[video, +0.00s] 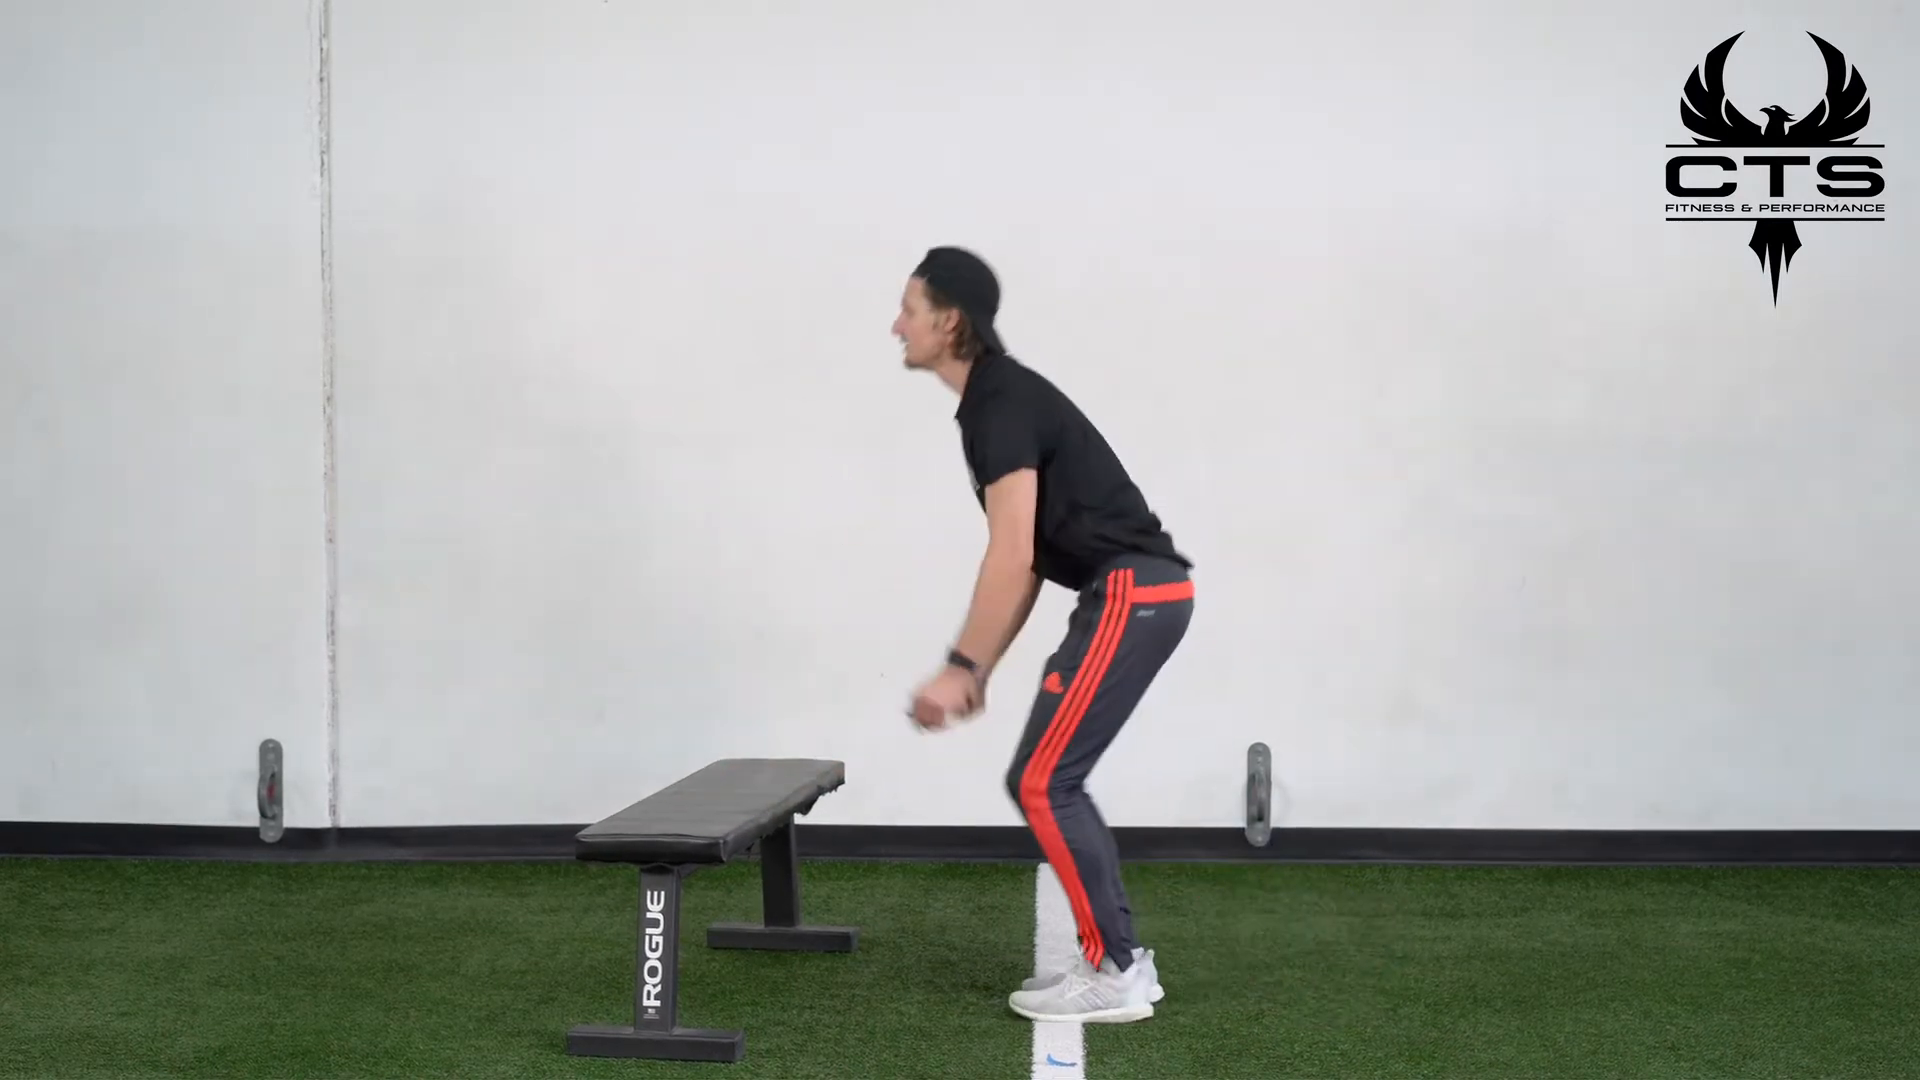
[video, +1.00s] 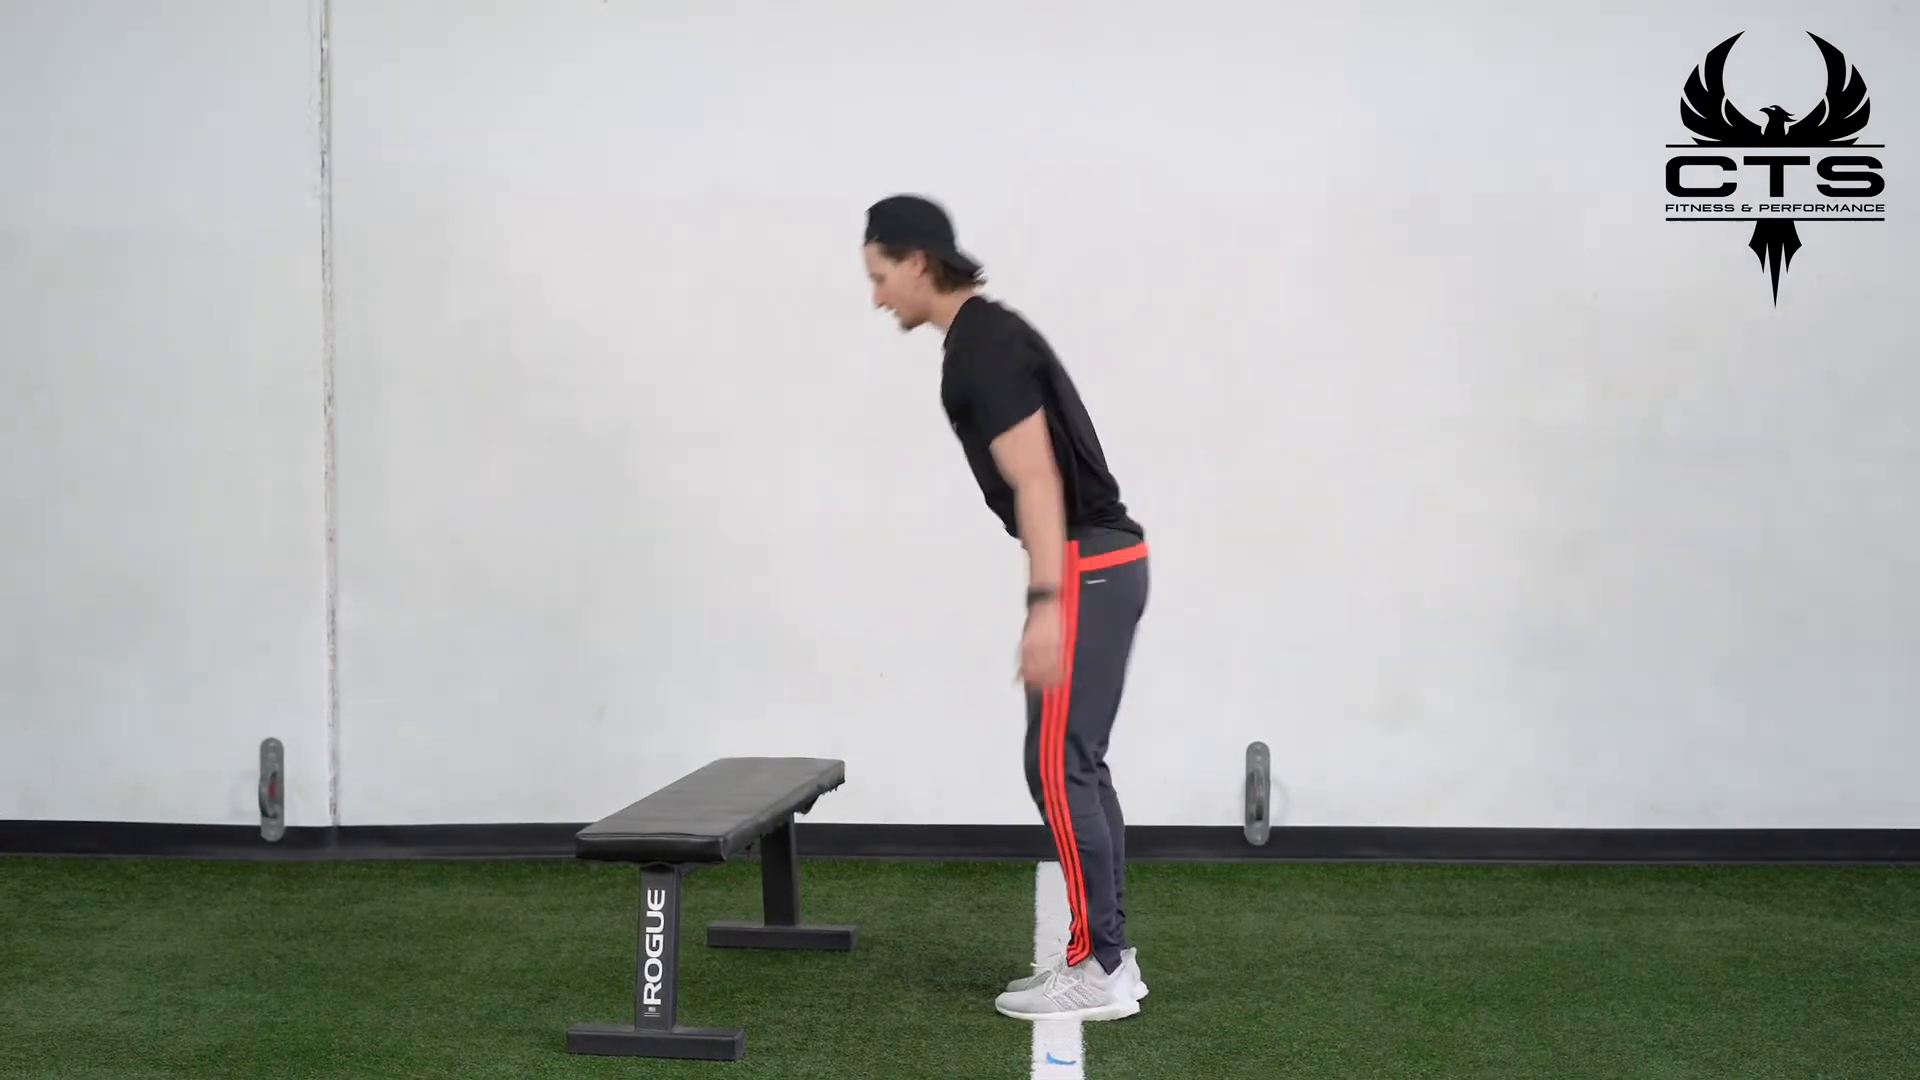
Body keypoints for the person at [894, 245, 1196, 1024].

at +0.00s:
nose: (897, 322)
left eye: (909, 309)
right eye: (902, 307)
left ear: (951, 322)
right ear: (955, 322)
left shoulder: (1000, 402)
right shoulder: (996, 400)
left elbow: (1013, 553)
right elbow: (1022, 565)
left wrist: (962, 667)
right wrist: (973, 670)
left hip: (1137, 591)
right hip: (1126, 589)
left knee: (1043, 780)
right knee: (1044, 777)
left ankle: (1119, 968)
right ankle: (1116, 960)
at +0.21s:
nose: (972, 232)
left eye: (982, 218)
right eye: (975, 217)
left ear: (1023, 227)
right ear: (1028, 229)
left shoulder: (1058, 314)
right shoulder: (1040, 314)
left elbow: (1026, 355)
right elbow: (1020, 372)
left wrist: (907, 311)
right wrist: (964, 327)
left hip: (1073, 563)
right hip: (1064, 558)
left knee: (1030, 762)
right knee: (1040, 759)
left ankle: (1108, 955)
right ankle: (1106, 946)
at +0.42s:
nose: (992, 133)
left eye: (1005, 118)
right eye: (995, 118)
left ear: (1040, 123)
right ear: (1060, 124)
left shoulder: (1059, 201)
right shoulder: (1063, 200)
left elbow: (1018, 150)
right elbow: (1042, 141)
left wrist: (978, 39)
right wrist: (1042, 64)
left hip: (1050, 464)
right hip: (1047, 462)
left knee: (1049, 672)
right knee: (1047, 672)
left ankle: (1084, 877)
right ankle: (1078, 872)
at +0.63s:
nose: (983, 210)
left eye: (999, 195)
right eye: (989, 192)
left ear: (1042, 207)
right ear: (1044, 209)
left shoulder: (1058, 289)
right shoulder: (1049, 290)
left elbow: (1048, 221)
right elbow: (1051, 213)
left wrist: (1000, 138)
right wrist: (1039, 138)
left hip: (1044, 551)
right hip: (1044, 548)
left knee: (1024, 754)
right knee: (1036, 752)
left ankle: (1093, 959)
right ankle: (1097, 946)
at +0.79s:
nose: (946, 243)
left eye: (954, 225)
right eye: (946, 226)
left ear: (994, 222)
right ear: (1004, 223)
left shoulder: (1019, 303)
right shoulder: (1047, 302)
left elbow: (1080, 394)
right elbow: (1099, 382)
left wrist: (1051, 335)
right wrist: (1086, 306)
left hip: (1038, 559)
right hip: (1060, 555)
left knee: (1038, 761)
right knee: (1058, 757)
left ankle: (1098, 958)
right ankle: (1097, 948)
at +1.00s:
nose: (874, 294)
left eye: (877, 275)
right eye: (871, 278)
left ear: (919, 262)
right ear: (917, 264)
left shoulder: (983, 346)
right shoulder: (978, 339)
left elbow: (1038, 479)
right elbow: (1042, 477)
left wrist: (1043, 603)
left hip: (1088, 568)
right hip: (1086, 565)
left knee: (1058, 765)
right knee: (1073, 762)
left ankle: (1102, 966)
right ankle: (1101, 954)